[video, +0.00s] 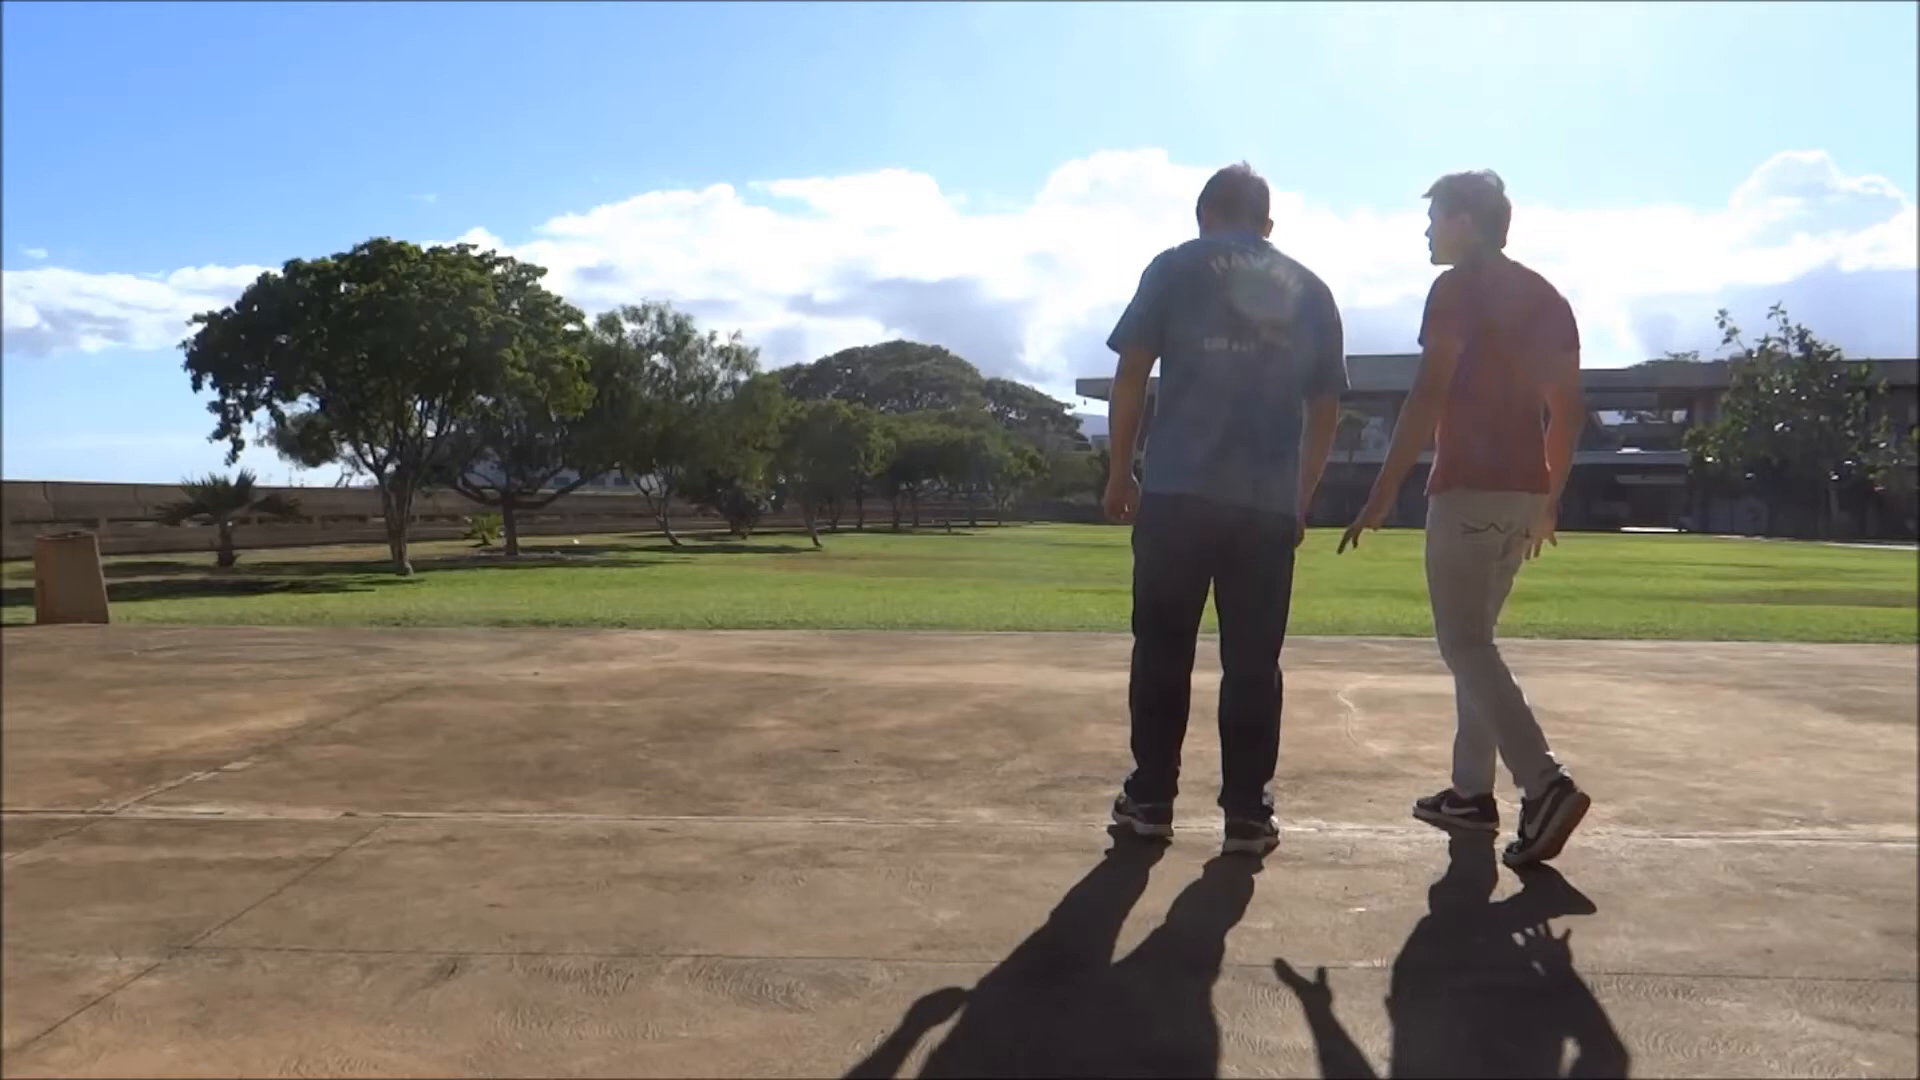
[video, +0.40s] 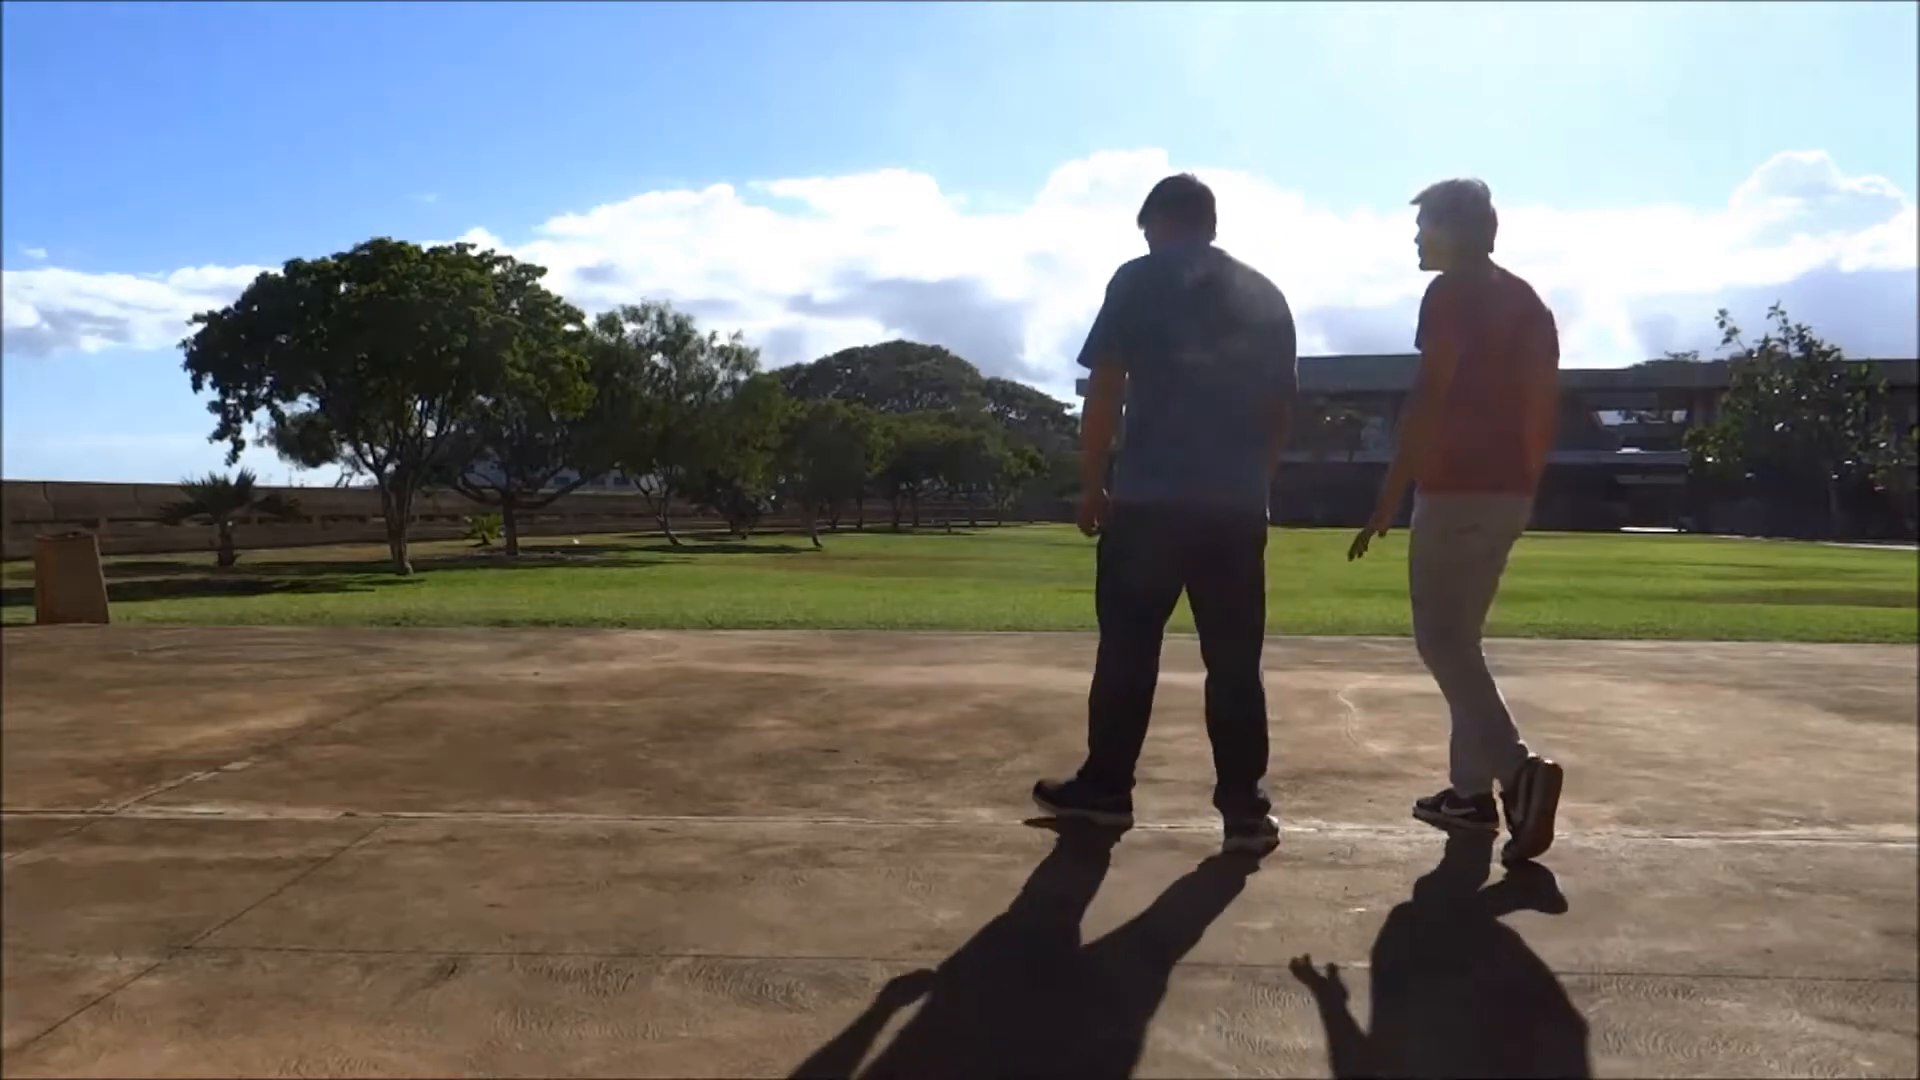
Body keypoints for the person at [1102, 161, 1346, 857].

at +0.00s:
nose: (1201, 232)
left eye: (1200, 220)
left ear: (1204, 214)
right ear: (1268, 218)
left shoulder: (1175, 267)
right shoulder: (1310, 288)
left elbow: (1131, 371)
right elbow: (1326, 407)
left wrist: (1119, 471)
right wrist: (1302, 497)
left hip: (1178, 499)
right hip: (1267, 507)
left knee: (1161, 651)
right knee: (1255, 662)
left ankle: (1149, 802)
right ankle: (1247, 815)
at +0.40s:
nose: (1146, 241)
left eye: (1147, 230)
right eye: (1147, 232)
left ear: (1159, 223)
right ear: (1211, 223)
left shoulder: (1137, 280)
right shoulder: (1266, 293)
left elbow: (1104, 391)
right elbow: (1280, 414)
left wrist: (1092, 486)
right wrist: (1250, 485)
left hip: (1147, 507)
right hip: (1234, 511)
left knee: (1126, 652)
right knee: (1236, 662)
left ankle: (1104, 787)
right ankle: (1245, 806)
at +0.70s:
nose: (1075, 236)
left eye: (1078, 222)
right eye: (1074, 224)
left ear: (1104, 215)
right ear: (1139, 216)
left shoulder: (1083, 280)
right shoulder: (1203, 292)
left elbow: (1048, 392)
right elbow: (1215, 407)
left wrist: (1035, 475)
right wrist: (1198, 484)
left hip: (1097, 499)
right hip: (1178, 501)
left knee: (1090, 641)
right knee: (1187, 630)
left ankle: (1099, 789)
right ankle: (1226, 768)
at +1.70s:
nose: (1002, 210)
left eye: (1016, 196)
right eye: (992, 198)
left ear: (1050, 198)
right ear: (982, 204)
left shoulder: (1095, 282)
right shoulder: (961, 290)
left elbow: (1131, 379)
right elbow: (926, 385)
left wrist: (1081, 456)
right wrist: (896, 450)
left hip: (1056, 490)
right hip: (980, 492)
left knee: (1029, 636)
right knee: (979, 630)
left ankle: (1006, 808)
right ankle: (1062, 729)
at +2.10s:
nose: (964, 210)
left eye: (979, 194)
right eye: (951, 196)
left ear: (1009, 193)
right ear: (936, 199)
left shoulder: (1055, 275)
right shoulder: (916, 288)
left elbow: (1095, 380)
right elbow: (892, 399)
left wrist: (1081, 481)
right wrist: (871, 496)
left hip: (1016, 501)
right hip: (931, 500)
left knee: (1007, 657)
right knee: (898, 646)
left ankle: (1006, 804)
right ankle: (854, 793)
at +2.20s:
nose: (947, 212)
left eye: (962, 196)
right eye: (935, 198)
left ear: (993, 192)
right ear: (920, 198)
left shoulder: (1040, 275)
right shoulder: (900, 287)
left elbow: (1078, 384)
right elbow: (881, 398)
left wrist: (1067, 485)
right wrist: (862, 494)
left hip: (1004, 503)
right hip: (917, 502)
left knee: (1000, 659)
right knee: (882, 649)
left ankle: (1005, 805)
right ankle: (839, 799)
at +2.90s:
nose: (832, 182)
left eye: (846, 167)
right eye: (818, 170)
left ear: (878, 170)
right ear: (801, 177)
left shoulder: (926, 262)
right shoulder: (768, 270)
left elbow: (954, 377)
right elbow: (732, 384)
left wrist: (925, 476)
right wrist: (711, 477)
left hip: (904, 502)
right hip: (807, 509)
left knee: (913, 672)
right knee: (815, 676)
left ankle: (931, 826)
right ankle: (831, 819)